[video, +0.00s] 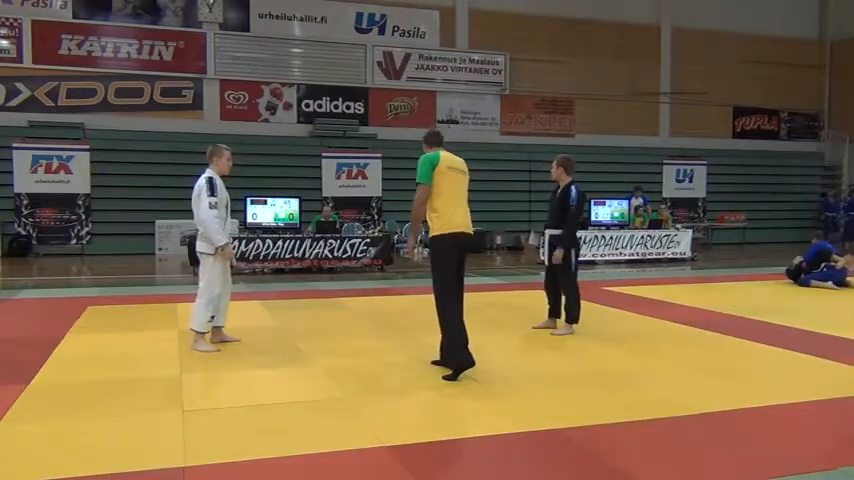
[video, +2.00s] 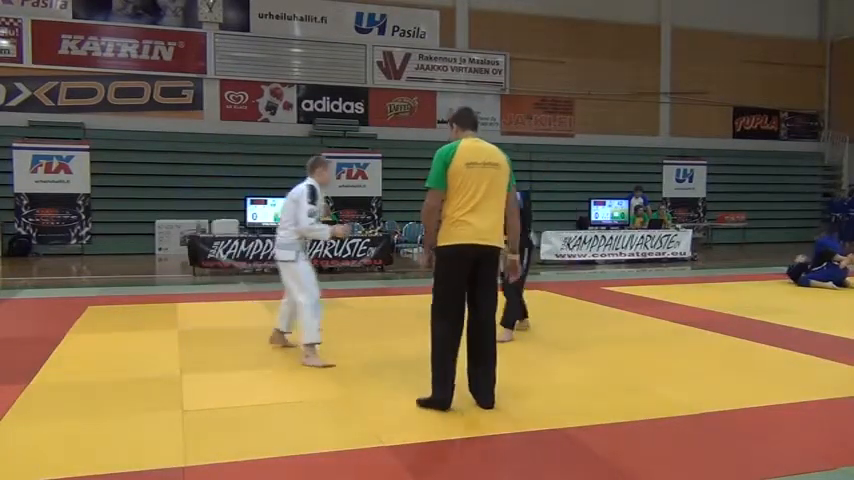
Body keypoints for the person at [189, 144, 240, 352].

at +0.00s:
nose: (231, 164)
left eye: (231, 160)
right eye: (228, 159)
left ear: (216, 160)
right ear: (216, 160)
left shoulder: (216, 182)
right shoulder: (207, 181)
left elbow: (217, 217)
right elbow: (207, 216)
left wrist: (227, 242)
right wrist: (223, 243)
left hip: (220, 245)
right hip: (209, 246)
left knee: (224, 288)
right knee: (210, 289)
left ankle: (217, 331)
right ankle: (199, 338)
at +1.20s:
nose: (249, 168)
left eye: (249, 163)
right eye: (247, 163)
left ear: (235, 164)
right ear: (235, 164)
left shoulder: (233, 185)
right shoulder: (224, 184)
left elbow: (230, 221)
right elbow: (224, 221)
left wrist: (248, 236)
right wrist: (249, 236)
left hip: (232, 247)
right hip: (217, 248)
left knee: (247, 284)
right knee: (213, 292)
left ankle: (248, 330)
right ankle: (199, 338)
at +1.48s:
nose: (281, 175)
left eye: (281, 171)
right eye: (279, 171)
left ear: (267, 171)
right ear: (268, 171)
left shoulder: (263, 191)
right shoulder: (258, 189)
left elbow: (252, 224)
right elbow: (252, 224)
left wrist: (267, 237)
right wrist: (277, 232)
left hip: (254, 253)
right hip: (238, 253)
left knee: (267, 290)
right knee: (230, 295)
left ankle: (273, 335)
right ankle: (202, 336)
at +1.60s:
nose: (295, 175)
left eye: (295, 171)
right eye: (293, 170)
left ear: (281, 169)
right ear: (282, 169)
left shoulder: (273, 187)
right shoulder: (273, 186)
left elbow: (266, 222)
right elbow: (269, 220)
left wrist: (288, 231)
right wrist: (291, 229)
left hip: (261, 248)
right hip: (250, 249)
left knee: (272, 289)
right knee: (254, 292)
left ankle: (273, 335)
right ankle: (220, 324)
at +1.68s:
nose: (302, 173)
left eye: (302, 169)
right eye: (301, 168)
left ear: (289, 167)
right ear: (292, 167)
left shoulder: (285, 186)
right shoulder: (278, 183)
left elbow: (281, 219)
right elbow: (279, 217)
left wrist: (304, 229)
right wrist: (304, 228)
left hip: (267, 246)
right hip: (255, 245)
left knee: (273, 289)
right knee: (265, 290)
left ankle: (273, 335)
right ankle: (242, 329)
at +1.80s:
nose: (313, 174)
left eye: (313, 169)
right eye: (311, 169)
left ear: (298, 168)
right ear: (302, 168)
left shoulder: (292, 187)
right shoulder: (287, 187)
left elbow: (294, 221)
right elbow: (293, 221)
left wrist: (322, 229)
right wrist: (323, 229)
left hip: (271, 248)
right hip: (267, 248)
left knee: (278, 291)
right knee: (280, 292)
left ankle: (274, 336)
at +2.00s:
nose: (331, 176)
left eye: (330, 171)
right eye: (329, 171)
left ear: (316, 171)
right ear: (319, 171)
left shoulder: (306, 190)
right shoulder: (307, 191)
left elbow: (304, 225)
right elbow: (304, 226)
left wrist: (330, 229)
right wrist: (332, 231)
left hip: (288, 250)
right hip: (291, 251)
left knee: (294, 293)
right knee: (309, 296)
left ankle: (279, 332)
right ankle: (310, 350)